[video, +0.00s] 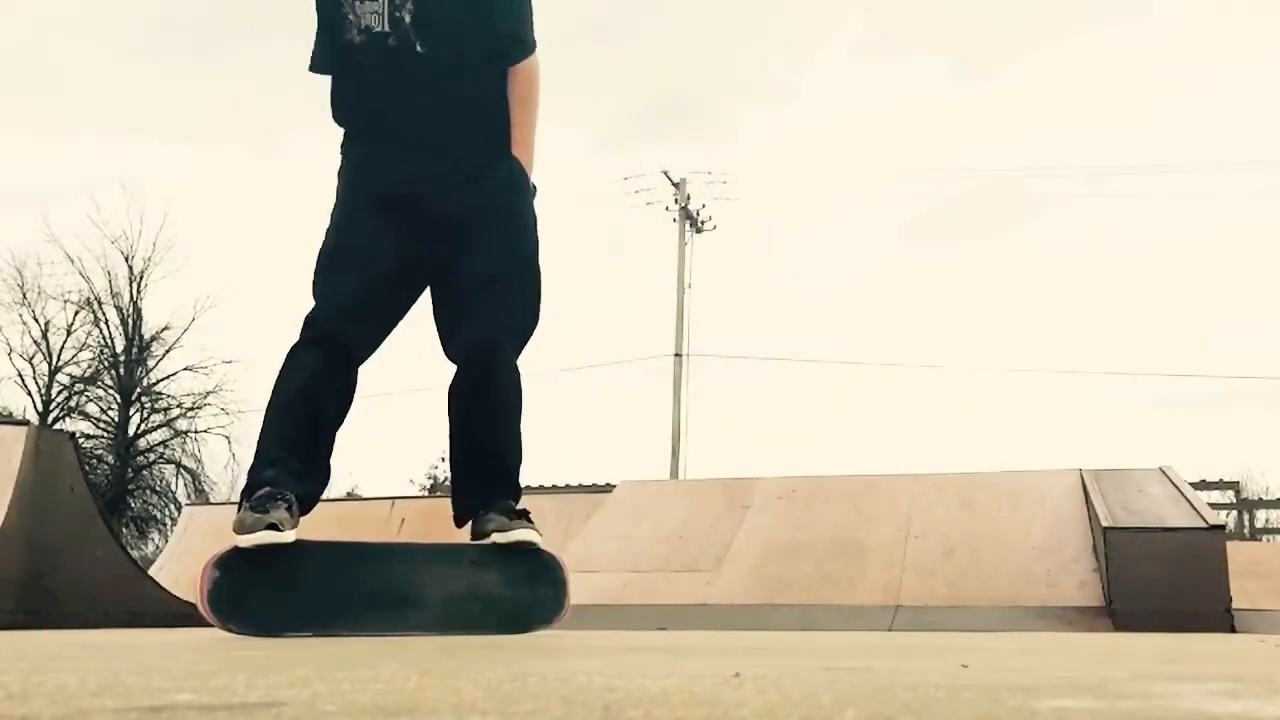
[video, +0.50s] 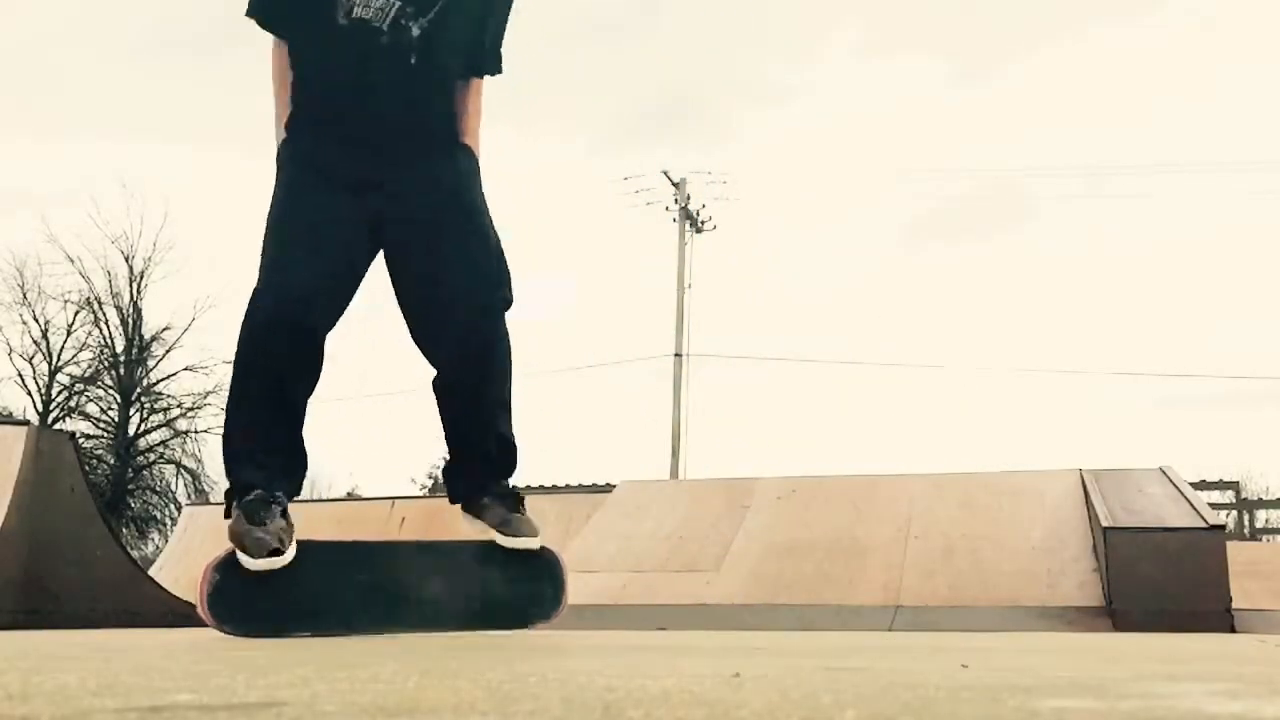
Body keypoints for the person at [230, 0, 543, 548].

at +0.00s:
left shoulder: (503, 6)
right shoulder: (338, 6)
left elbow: (521, 57)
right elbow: (345, 82)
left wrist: (519, 168)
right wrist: (360, 169)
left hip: (483, 177)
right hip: (378, 178)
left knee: (490, 350)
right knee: (331, 334)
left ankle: (494, 507)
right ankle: (273, 493)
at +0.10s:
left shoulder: (501, 6)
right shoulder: (330, 5)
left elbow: (520, 57)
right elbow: (335, 68)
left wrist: (512, 166)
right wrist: (357, 158)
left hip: (476, 174)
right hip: (370, 176)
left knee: (489, 342)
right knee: (330, 332)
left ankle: (495, 506)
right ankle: (273, 492)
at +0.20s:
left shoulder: (503, 7)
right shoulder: (330, 5)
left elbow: (517, 65)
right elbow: (335, 65)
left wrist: (506, 167)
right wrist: (347, 159)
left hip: (469, 175)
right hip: (362, 177)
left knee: (481, 342)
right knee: (321, 334)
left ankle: (492, 502)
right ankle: (273, 491)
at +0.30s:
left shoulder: (501, 8)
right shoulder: (324, 8)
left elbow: (509, 81)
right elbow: (324, 79)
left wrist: (497, 180)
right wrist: (330, 165)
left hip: (458, 182)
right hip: (351, 179)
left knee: (477, 346)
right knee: (307, 333)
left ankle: (491, 502)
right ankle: (271, 491)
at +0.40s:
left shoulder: (490, 8)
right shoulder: (315, 6)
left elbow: (492, 93)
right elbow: (305, 77)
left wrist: (483, 186)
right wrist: (313, 165)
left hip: (447, 186)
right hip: (338, 182)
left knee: (474, 345)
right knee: (287, 331)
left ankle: (489, 503)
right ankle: (266, 491)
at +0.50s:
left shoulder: (480, 6)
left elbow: (469, 75)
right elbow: (287, 51)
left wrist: (466, 175)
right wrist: (292, 154)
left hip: (432, 156)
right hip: (324, 153)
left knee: (473, 314)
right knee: (286, 316)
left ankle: (484, 481)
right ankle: (259, 492)